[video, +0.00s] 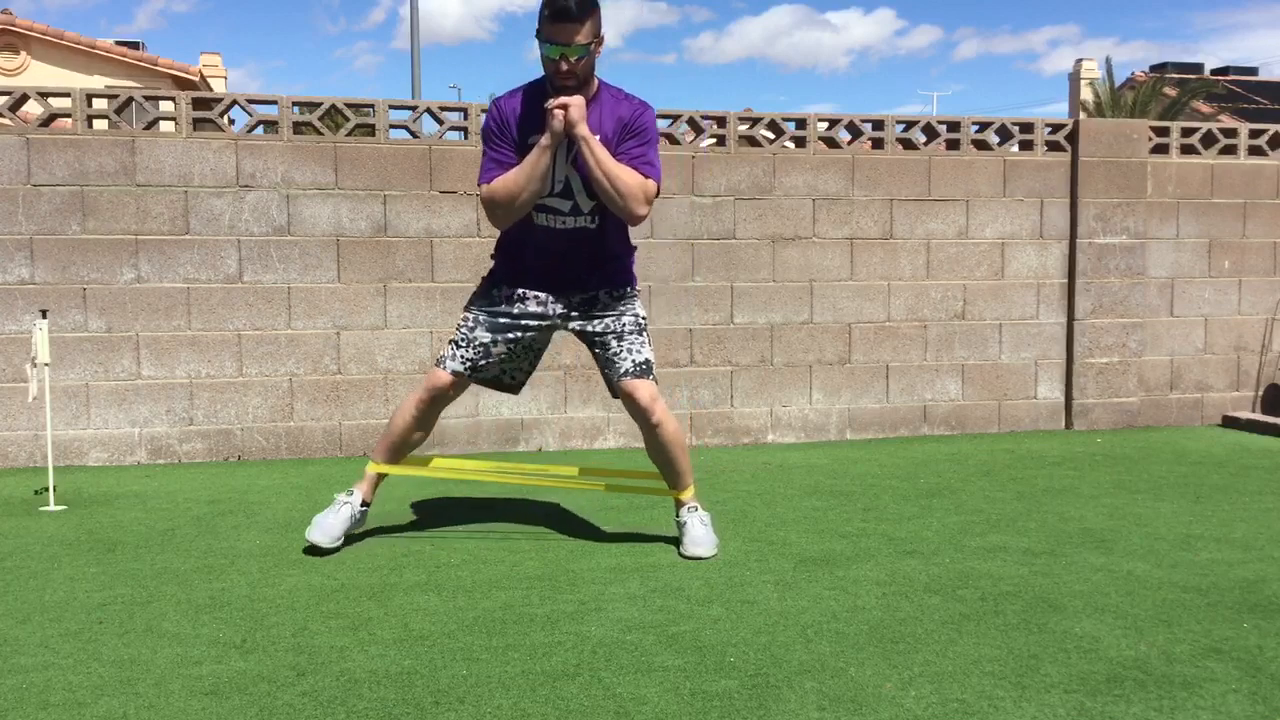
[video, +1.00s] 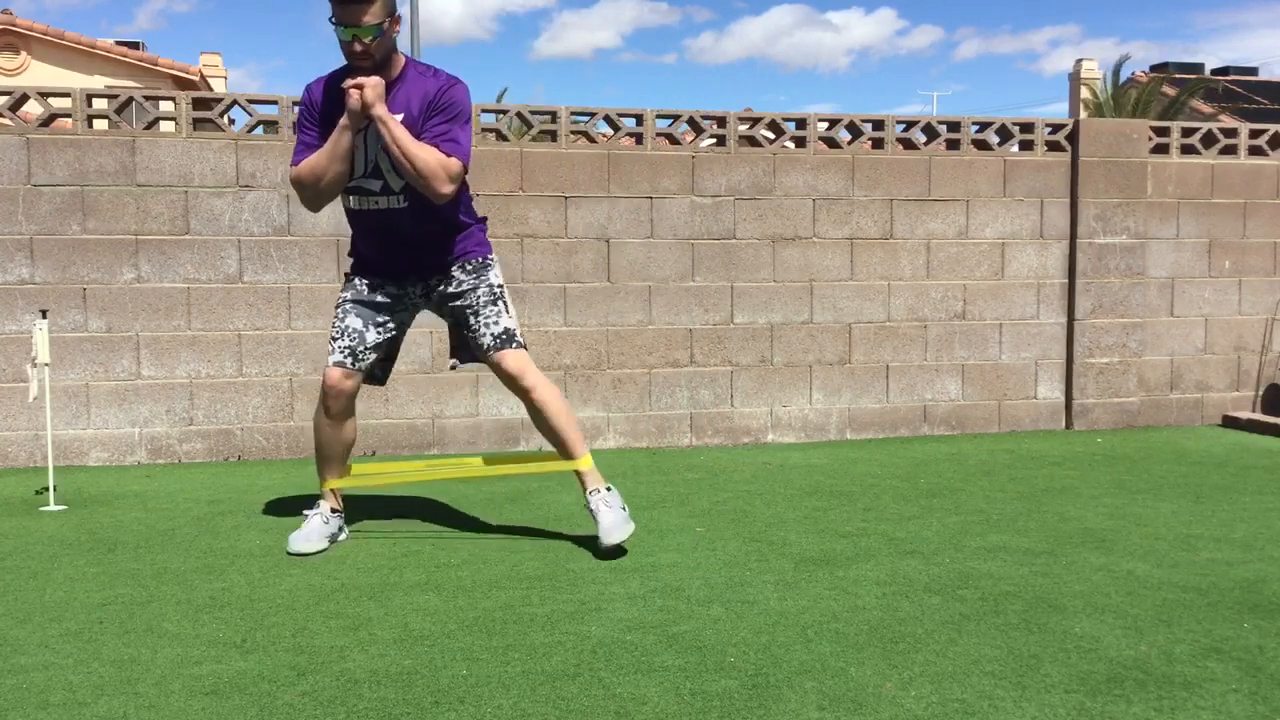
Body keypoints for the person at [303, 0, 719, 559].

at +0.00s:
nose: (565, 63)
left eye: (578, 51)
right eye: (554, 50)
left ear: (599, 44)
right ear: (540, 41)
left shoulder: (630, 113)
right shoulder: (510, 110)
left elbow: (636, 206)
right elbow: (498, 212)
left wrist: (583, 135)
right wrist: (550, 140)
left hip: (605, 288)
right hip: (518, 282)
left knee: (644, 399)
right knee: (438, 384)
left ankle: (690, 507)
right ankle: (359, 496)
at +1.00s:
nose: (355, 43)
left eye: (367, 31)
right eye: (345, 31)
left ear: (395, 24)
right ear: (332, 26)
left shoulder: (443, 91)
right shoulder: (322, 96)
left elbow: (443, 184)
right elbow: (311, 195)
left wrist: (381, 115)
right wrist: (350, 123)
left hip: (455, 257)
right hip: (377, 264)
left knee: (512, 365)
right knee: (336, 383)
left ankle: (596, 489)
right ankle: (329, 508)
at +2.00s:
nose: (567, 35)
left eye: (580, 23)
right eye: (556, 24)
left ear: (604, 18)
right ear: (545, 21)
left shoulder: (647, 82)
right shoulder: (526, 88)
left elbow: (646, 176)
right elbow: (517, 188)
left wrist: (589, 106)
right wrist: (561, 111)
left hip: (644, 254)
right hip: (568, 257)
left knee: (673, 372)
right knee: (530, 381)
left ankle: (705, 497)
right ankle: (524, 505)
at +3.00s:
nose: (806, 37)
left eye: (820, 26)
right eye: (794, 24)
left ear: (839, 24)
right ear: (778, 22)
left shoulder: (870, 93)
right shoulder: (746, 94)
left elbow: (872, 183)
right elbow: (734, 193)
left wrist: (818, 109)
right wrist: (786, 115)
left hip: (846, 270)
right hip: (764, 268)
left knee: (872, 387)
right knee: (727, 386)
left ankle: (887, 510)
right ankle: (712, 506)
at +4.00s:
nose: (952, 0)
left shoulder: (1018, 62)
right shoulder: (882, 71)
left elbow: (1058, 143)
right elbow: (854, 170)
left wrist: (1044, 191)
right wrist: (912, 196)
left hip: (993, 264)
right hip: (904, 266)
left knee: (1034, 384)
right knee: (859, 384)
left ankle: (1075, 518)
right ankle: (828, 502)